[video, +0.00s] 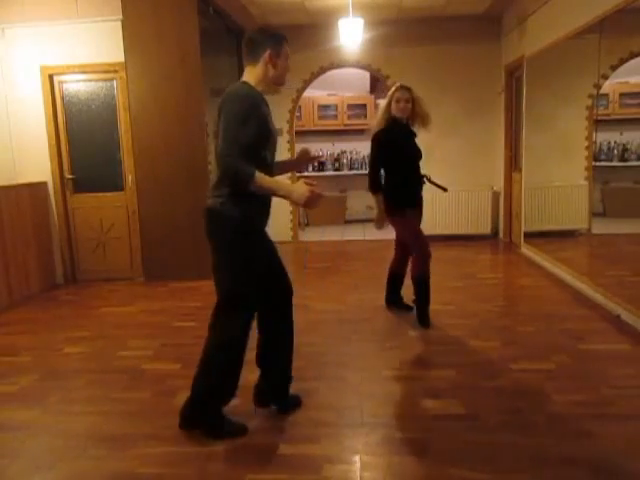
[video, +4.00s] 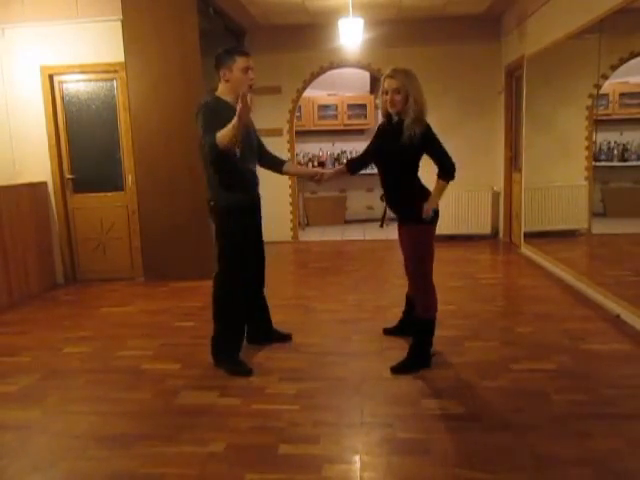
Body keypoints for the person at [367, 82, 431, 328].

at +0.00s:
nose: (402, 105)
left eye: (407, 101)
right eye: (398, 101)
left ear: (412, 105)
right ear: (390, 104)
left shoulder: (409, 133)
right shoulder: (382, 135)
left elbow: (406, 164)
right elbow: (374, 174)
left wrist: (417, 176)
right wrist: (379, 206)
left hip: (413, 197)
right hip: (395, 198)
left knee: (403, 250)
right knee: (421, 251)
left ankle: (393, 295)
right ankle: (422, 308)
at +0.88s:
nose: (393, 100)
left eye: (398, 95)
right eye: (392, 96)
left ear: (412, 96)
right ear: (394, 99)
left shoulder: (429, 130)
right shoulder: (391, 133)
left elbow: (444, 170)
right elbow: (374, 166)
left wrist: (422, 192)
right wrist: (360, 166)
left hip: (410, 202)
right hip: (385, 200)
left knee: (400, 264)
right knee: (387, 264)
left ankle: (399, 330)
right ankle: (401, 319)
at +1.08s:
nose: (393, 97)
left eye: (397, 91)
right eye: (392, 92)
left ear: (412, 94)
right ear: (401, 94)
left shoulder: (424, 125)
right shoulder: (401, 128)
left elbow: (436, 169)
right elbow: (380, 168)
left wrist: (410, 194)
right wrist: (352, 162)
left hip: (413, 206)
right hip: (394, 206)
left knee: (394, 268)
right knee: (395, 265)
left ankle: (399, 334)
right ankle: (429, 306)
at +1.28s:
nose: (395, 95)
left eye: (399, 89)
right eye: (395, 90)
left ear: (415, 91)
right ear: (408, 93)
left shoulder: (427, 123)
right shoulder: (408, 127)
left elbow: (442, 170)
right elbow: (385, 168)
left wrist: (412, 195)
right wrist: (352, 163)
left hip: (416, 209)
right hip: (413, 208)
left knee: (392, 270)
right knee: (420, 274)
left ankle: (411, 330)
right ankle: (455, 336)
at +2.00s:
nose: (394, 91)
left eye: (399, 86)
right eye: (394, 86)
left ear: (414, 90)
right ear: (409, 90)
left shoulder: (423, 126)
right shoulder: (407, 124)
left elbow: (434, 177)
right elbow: (395, 161)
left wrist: (407, 204)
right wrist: (360, 161)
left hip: (418, 208)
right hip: (412, 208)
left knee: (394, 270)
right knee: (410, 266)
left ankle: (434, 325)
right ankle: (427, 320)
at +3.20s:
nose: (391, 92)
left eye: (396, 87)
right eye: (392, 87)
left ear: (411, 88)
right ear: (409, 90)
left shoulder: (424, 122)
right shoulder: (409, 123)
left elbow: (430, 169)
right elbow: (381, 164)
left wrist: (399, 189)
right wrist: (338, 178)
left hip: (415, 204)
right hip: (412, 202)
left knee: (404, 277)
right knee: (412, 268)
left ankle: (419, 347)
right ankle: (426, 321)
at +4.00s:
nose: (392, 97)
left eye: (398, 92)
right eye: (387, 92)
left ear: (410, 94)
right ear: (382, 96)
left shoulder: (418, 129)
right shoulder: (386, 128)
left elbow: (447, 168)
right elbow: (362, 160)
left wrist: (433, 201)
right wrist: (330, 173)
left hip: (420, 212)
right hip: (405, 212)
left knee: (421, 278)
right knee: (412, 270)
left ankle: (422, 349)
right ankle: (410, 320)